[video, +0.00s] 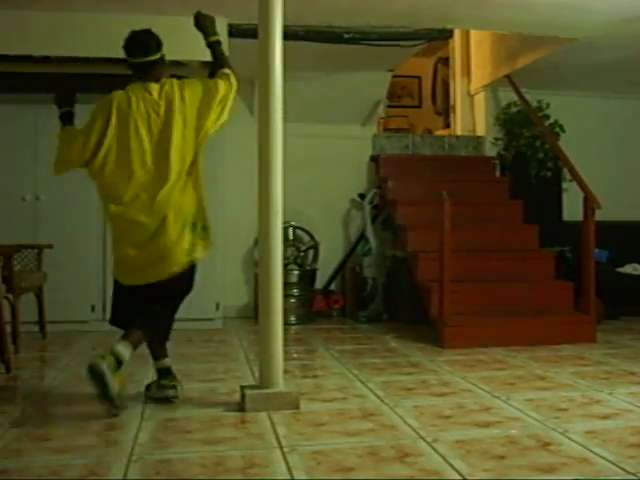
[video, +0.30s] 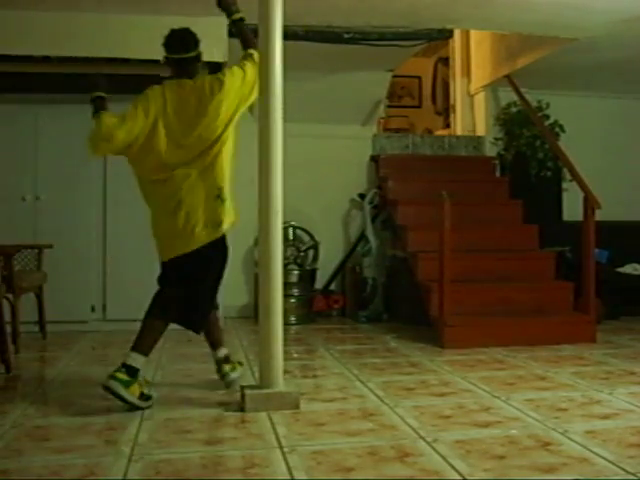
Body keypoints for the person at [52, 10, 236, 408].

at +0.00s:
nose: (159, 66)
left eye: (146, 60)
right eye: (160, 60)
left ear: (129, 66)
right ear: (163, 62)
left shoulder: (113, 107)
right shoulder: (184, 96)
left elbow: (70, 157)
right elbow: (226, 80)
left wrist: (66, 114)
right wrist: (212, 36)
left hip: (128, 218)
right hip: (176, 216)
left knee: (145, 299)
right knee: (168, 293)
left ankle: (165, 375)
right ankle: (115, 359)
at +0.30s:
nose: (181, 65)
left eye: (172, 59)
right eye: (189, 57)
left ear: (167, 62)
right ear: (200, 59)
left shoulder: (153, 101)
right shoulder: (219, 90)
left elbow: (108, 141)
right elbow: (252, 62)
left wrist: (99, 106)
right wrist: (236, 21)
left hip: (169, 220)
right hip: (211, 216)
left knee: (203, 295)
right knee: (171, 294)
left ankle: (226, 364)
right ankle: (129, 371)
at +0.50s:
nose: (218, 68)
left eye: (206, 66)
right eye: (220, 62)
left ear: (193, 69)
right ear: (225, 64)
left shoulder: (181, 107)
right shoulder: (246, 90)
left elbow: (150, 147)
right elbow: (285, 57)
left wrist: (140, 111)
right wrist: (258, 15)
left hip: (192, 216)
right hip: (233, 212)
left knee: (212, 295)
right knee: (185, 288)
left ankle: (236, 366)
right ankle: (135, 359)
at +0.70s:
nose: (264, 63)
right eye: (261, 53)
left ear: (222, 60)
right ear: (249, 56)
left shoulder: (196, 105)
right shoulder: (247, 82)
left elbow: (161, 124)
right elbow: (285, 56)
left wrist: (193, 91)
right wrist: (275, 23)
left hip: (214, 210)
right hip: (247, 204)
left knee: (230, 287)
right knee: (227, 286)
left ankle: (241, 360)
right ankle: (177, 353)